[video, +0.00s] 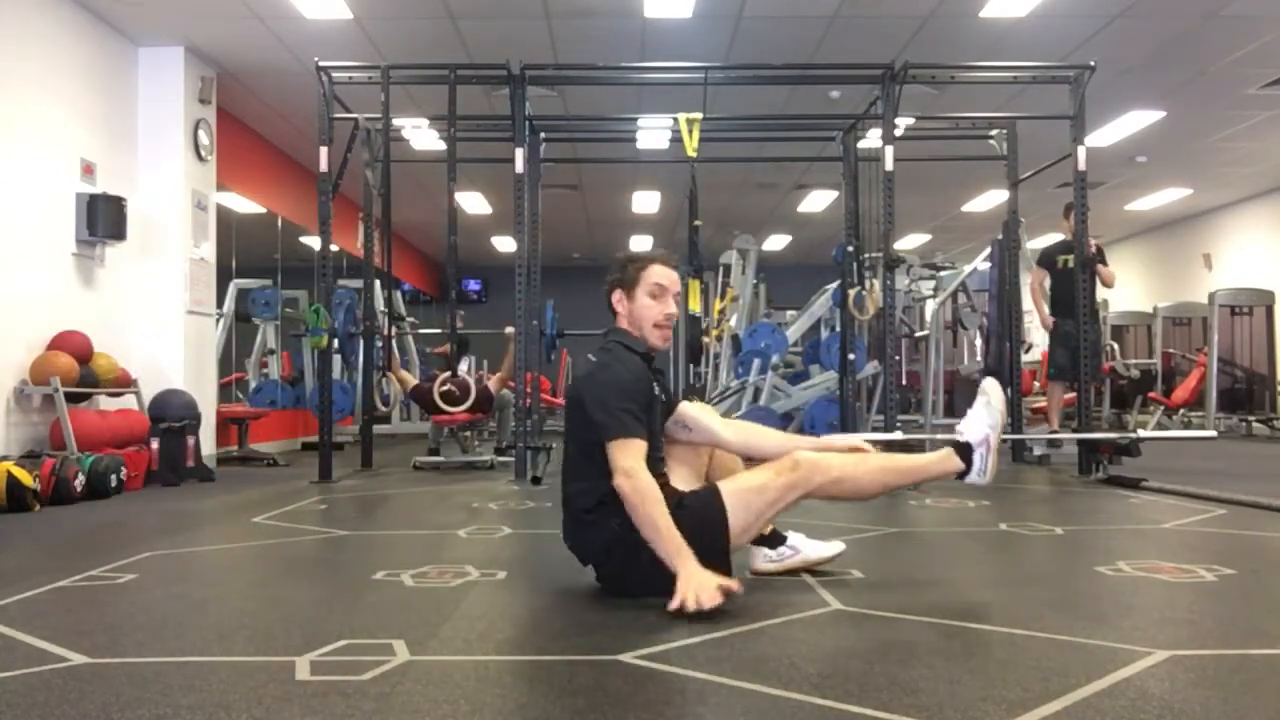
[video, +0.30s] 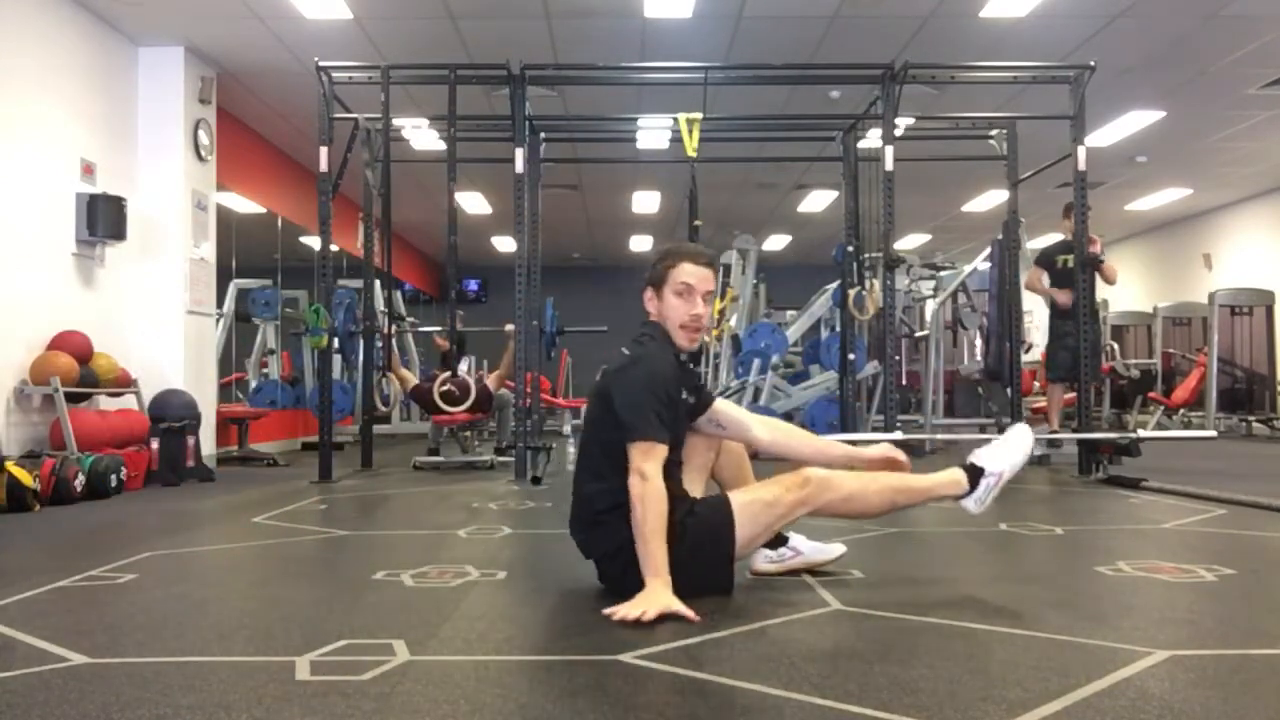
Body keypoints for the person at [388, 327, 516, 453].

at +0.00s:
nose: (447, 386)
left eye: (444, 386)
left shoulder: (427, 397)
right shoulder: (481, 399)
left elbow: (396, 371)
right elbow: (504, 376)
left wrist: (389, 340)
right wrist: (511, 342)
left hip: (440, 409)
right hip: (476, 407)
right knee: (507, 397)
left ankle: (433, 446)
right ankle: (502, 444)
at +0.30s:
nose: (447, 382)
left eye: (444, 384)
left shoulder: (428, 398)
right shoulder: (480, 398)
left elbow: (397, 370)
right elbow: (503, 374)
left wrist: (389, 339)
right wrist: (511, 340)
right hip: (476, 405)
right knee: (506, 397)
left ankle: (433, 446)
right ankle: (502, 444)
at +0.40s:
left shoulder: (428, 398)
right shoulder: (480, 398)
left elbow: (397, 370)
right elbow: (502, 373)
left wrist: (389, 338)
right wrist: (511, 340)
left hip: (438, 406)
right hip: (475, 404)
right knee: (505, 397)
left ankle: (433, 445)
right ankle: (502, 444)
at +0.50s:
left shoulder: (428, 398)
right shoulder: (480, 399)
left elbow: (397, 370)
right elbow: (501, 373)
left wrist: (389, 338)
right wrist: (511, 340)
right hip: (476, 404)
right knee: (505, 397)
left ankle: (433, 446)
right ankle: (502, 444)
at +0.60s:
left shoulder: (428, 398)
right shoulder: (480, 398)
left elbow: (398, 369)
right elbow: (501, 372)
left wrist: (389, 337)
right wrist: (511, 339)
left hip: (438, 407)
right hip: (475, 405)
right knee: (505, 397)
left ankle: (432, 446)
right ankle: (502, 444)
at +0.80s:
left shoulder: (427, 397)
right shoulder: (480, 398)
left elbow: (399, 367)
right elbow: (500, 371)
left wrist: (388, 337)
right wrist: (511, 338)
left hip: (439, 406)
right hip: (477, 405)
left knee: (438, 411)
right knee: (505, 397)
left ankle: (432, 445)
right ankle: (502, 444)